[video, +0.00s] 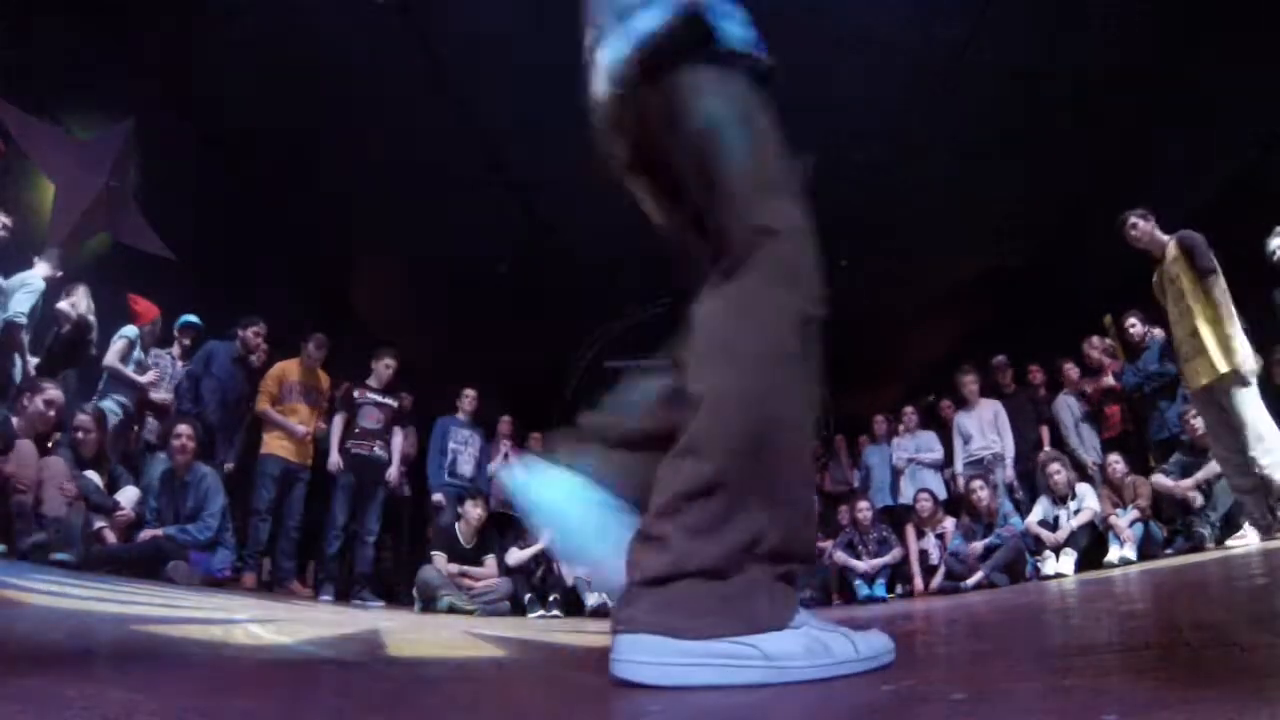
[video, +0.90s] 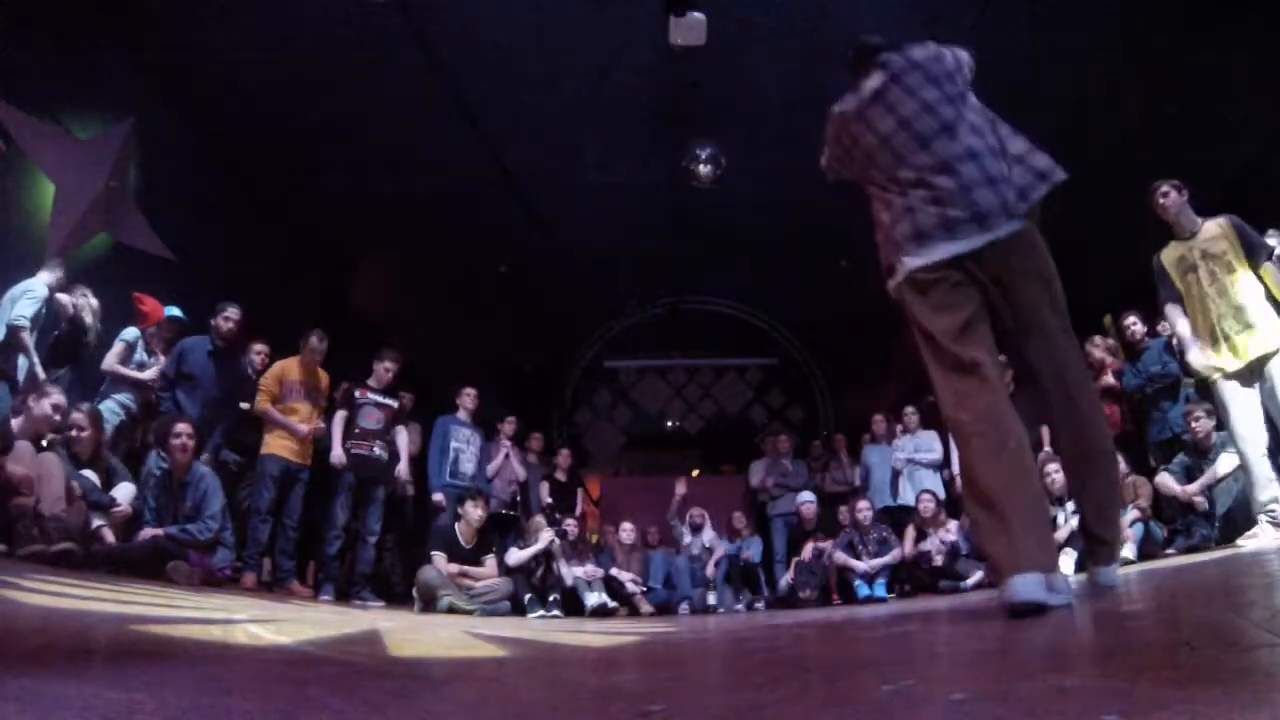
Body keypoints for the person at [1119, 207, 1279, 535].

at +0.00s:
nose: (1133, 234)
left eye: (1135, 225)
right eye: (1128, 233)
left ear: (1151, 220)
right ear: (1131, 243)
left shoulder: (1187, 243)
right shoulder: (1158, 280)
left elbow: (1218, 296)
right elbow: (1179, 326)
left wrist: (1238, 351)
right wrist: (1188, 374)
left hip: (1226, 362)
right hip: (1197, 377)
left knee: (1262, 448)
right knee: (1230, 457)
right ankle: (1261, 523)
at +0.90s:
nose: (1162, 203)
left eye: (1166, 194)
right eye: (1156, 200)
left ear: (1184, 195)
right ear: (1157, 213)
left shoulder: (1228, 227)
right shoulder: (1165, 258)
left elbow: (1268, 267)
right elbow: (1172, 306)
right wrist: (1189, 344)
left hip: (1265, 337)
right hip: (1219, 356)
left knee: (1279, 422)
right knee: (1249, 437)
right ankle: (1269, 515)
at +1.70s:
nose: (1145, 218)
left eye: (1149, 209)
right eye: (1141, 215)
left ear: (1166, 207)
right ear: (1141, 226)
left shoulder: (1200, 234)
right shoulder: (1156, 273)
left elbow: (1226, 286)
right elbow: (1164, 331)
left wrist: (1225, 347)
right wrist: (1167, 390)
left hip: (1242, 351)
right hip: (1204, 370)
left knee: (1274, 435)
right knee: (1237, 452)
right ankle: (1268, 513)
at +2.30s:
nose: (1147, 220)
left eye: (1148, 213)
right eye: (1140, 221)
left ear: (1161, 214)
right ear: (1139, 235)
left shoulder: (1198, 227)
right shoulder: (1158, 279)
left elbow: (1233, 261)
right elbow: (1177, 330)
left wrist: (1254, 307)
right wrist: (1190, 379)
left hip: (1248, 331)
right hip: (1211, 355)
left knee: (1276, 411)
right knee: (1244, 436)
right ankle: (1267, 516)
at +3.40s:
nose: (1147, 218)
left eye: (1150, 211)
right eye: (1140, 218)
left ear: (1165, 214)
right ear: (1139, 233)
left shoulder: (1198, 234)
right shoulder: (1162, 280)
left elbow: (1248, 275)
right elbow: (1188, 320)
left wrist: (1275, 326)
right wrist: (1192, 355)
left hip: (1241, 346)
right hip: (1204, 364)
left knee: (1270, 434)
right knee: (1219, 441)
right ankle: (1265, 515)